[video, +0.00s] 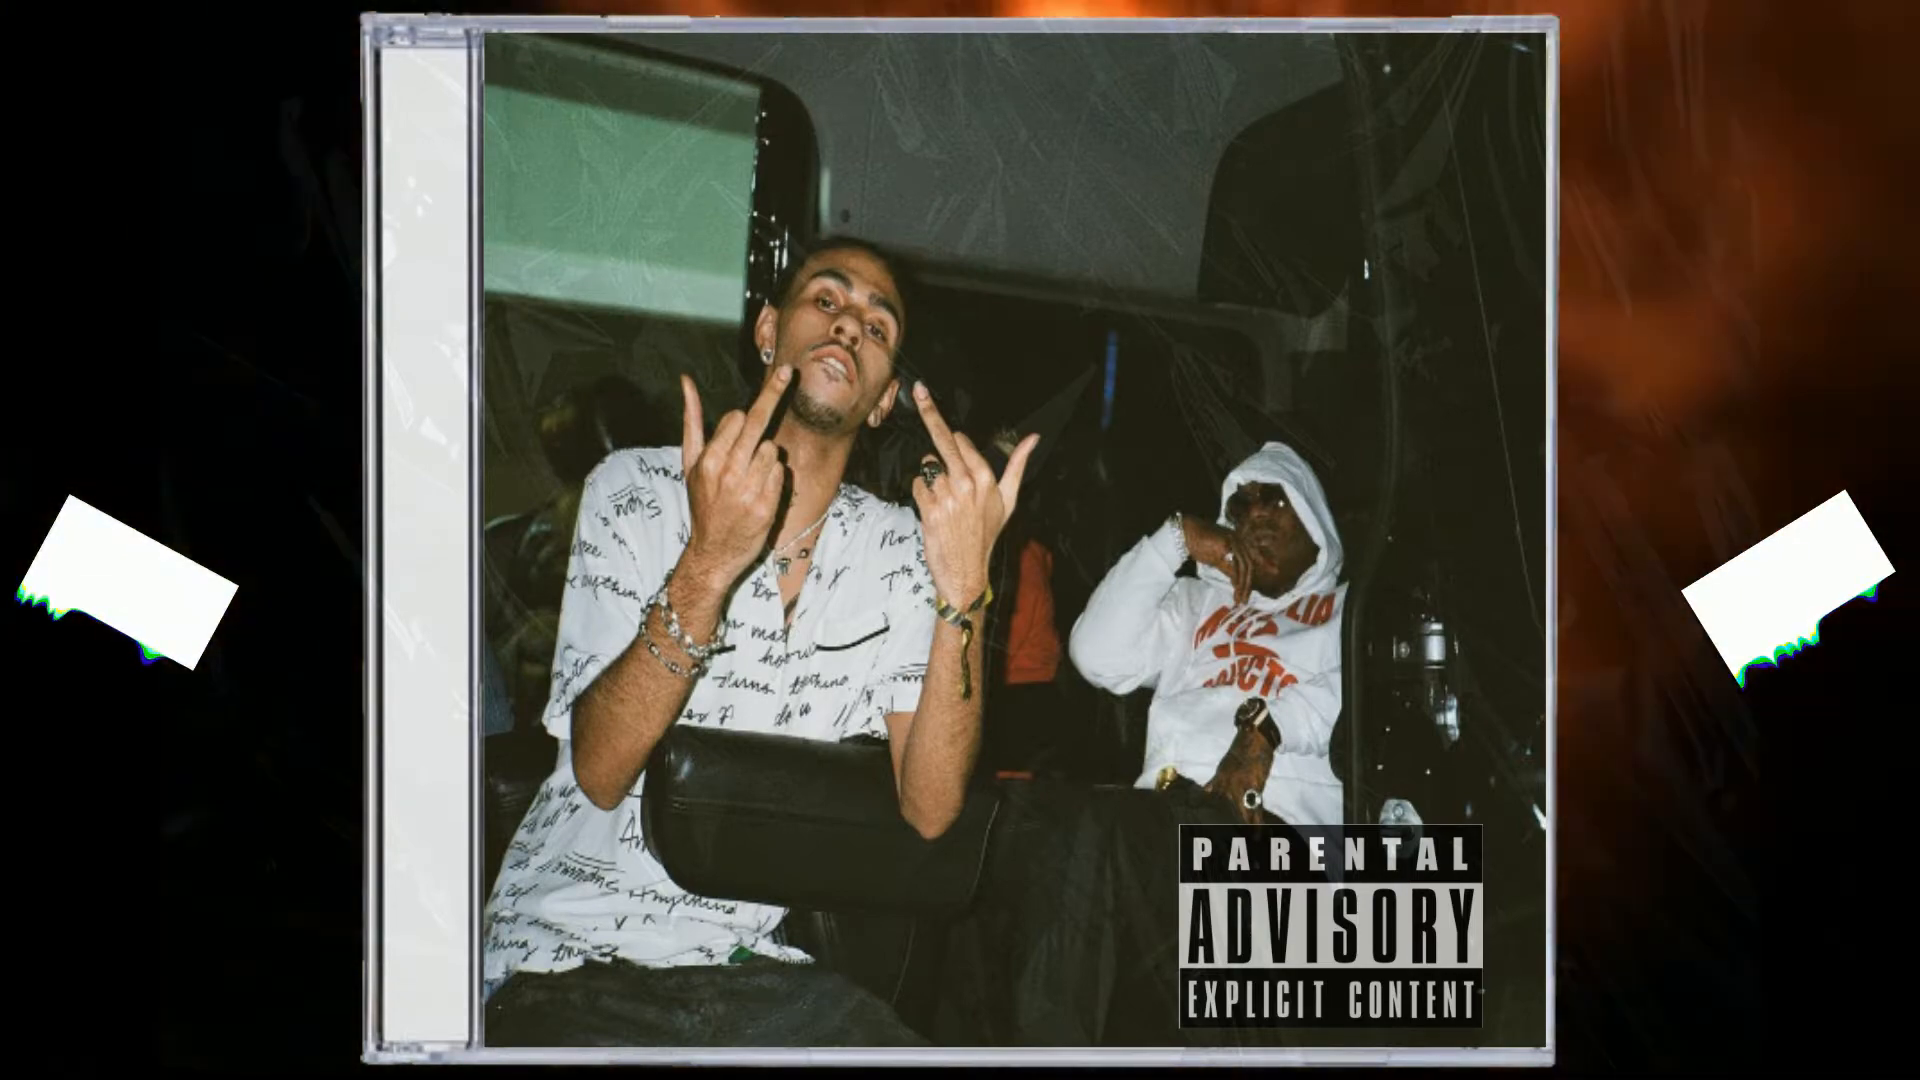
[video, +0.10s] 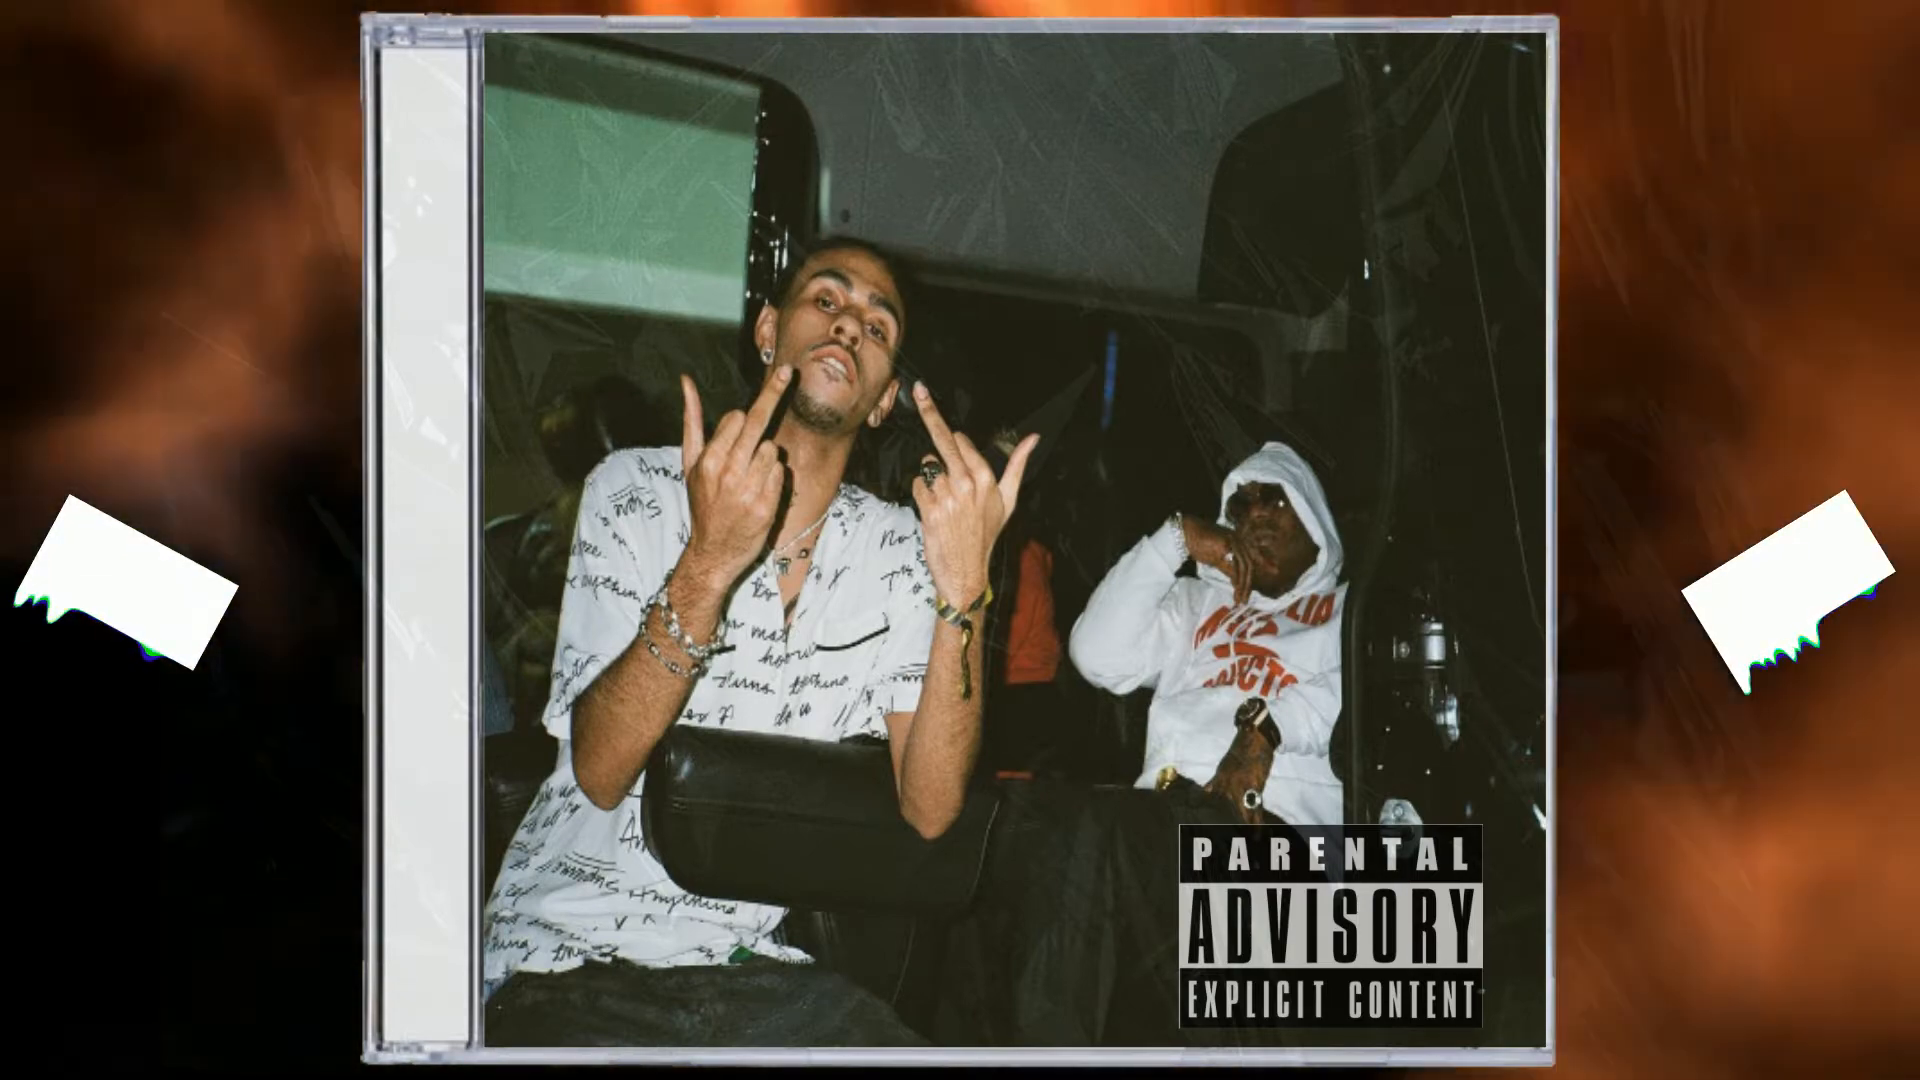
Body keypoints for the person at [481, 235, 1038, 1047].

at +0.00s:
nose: (851, 323)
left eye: (878, 323)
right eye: (826, 298)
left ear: (887, 395)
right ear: (767, 333)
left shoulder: (903, 550)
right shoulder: (638, 490)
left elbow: (931, 809)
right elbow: (601, 770)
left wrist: (966, 594)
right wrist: (710, 564)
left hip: (756, 956)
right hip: (571, 944)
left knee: (907, 1060)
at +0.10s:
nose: (851, 323)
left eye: (878, 323)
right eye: (826, 298)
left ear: (887, 395)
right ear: (767, 333)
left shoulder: (903, 550)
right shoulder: (638, 490)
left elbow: (931, 809)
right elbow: (601, 770)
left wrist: (966, 594)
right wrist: (710, 564)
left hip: (755, 956)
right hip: (571, 944)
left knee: (907, 1060)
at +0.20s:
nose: (851, 323)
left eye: (878, 323)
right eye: (826, 298)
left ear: (887, 395)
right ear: (767, 333)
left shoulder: (903, 550)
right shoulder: (637, 490)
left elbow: (931, 809)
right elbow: (601, 770)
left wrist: (966, 594)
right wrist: (710, 564)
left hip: (754, 956)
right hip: (570, 944)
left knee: (907, 1064)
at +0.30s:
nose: (851, 323)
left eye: (878, 323)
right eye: (826, 298)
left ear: (887, 395)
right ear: (767, 333)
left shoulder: (903, 550)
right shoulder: (637, 490)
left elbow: (931, 809)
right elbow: (601, 770)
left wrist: (966, 593)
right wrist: (710, 564)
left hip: (755, 956)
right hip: (570, 944)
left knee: (906, 1061)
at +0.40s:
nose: (851, 322)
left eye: (878, 323)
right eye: (826, 298)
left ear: (886, 396)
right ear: (766, 333)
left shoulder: (903, 550)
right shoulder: (637, 490)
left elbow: (931, 809)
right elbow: (601, 770)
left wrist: (965, 594)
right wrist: (709, 564)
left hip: (752, 955)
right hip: (568, 943)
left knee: (907, 1060)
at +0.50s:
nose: (851, 323)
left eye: (878, 323)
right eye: (826, 299)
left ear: (887, 395)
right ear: (767, 333)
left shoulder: (903, 550)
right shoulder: (638, 490)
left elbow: (931, 809)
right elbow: (601, 770)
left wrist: (966, 594)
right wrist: (710, 564)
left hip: (755, 956)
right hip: (571, 944)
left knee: (907, 1061)